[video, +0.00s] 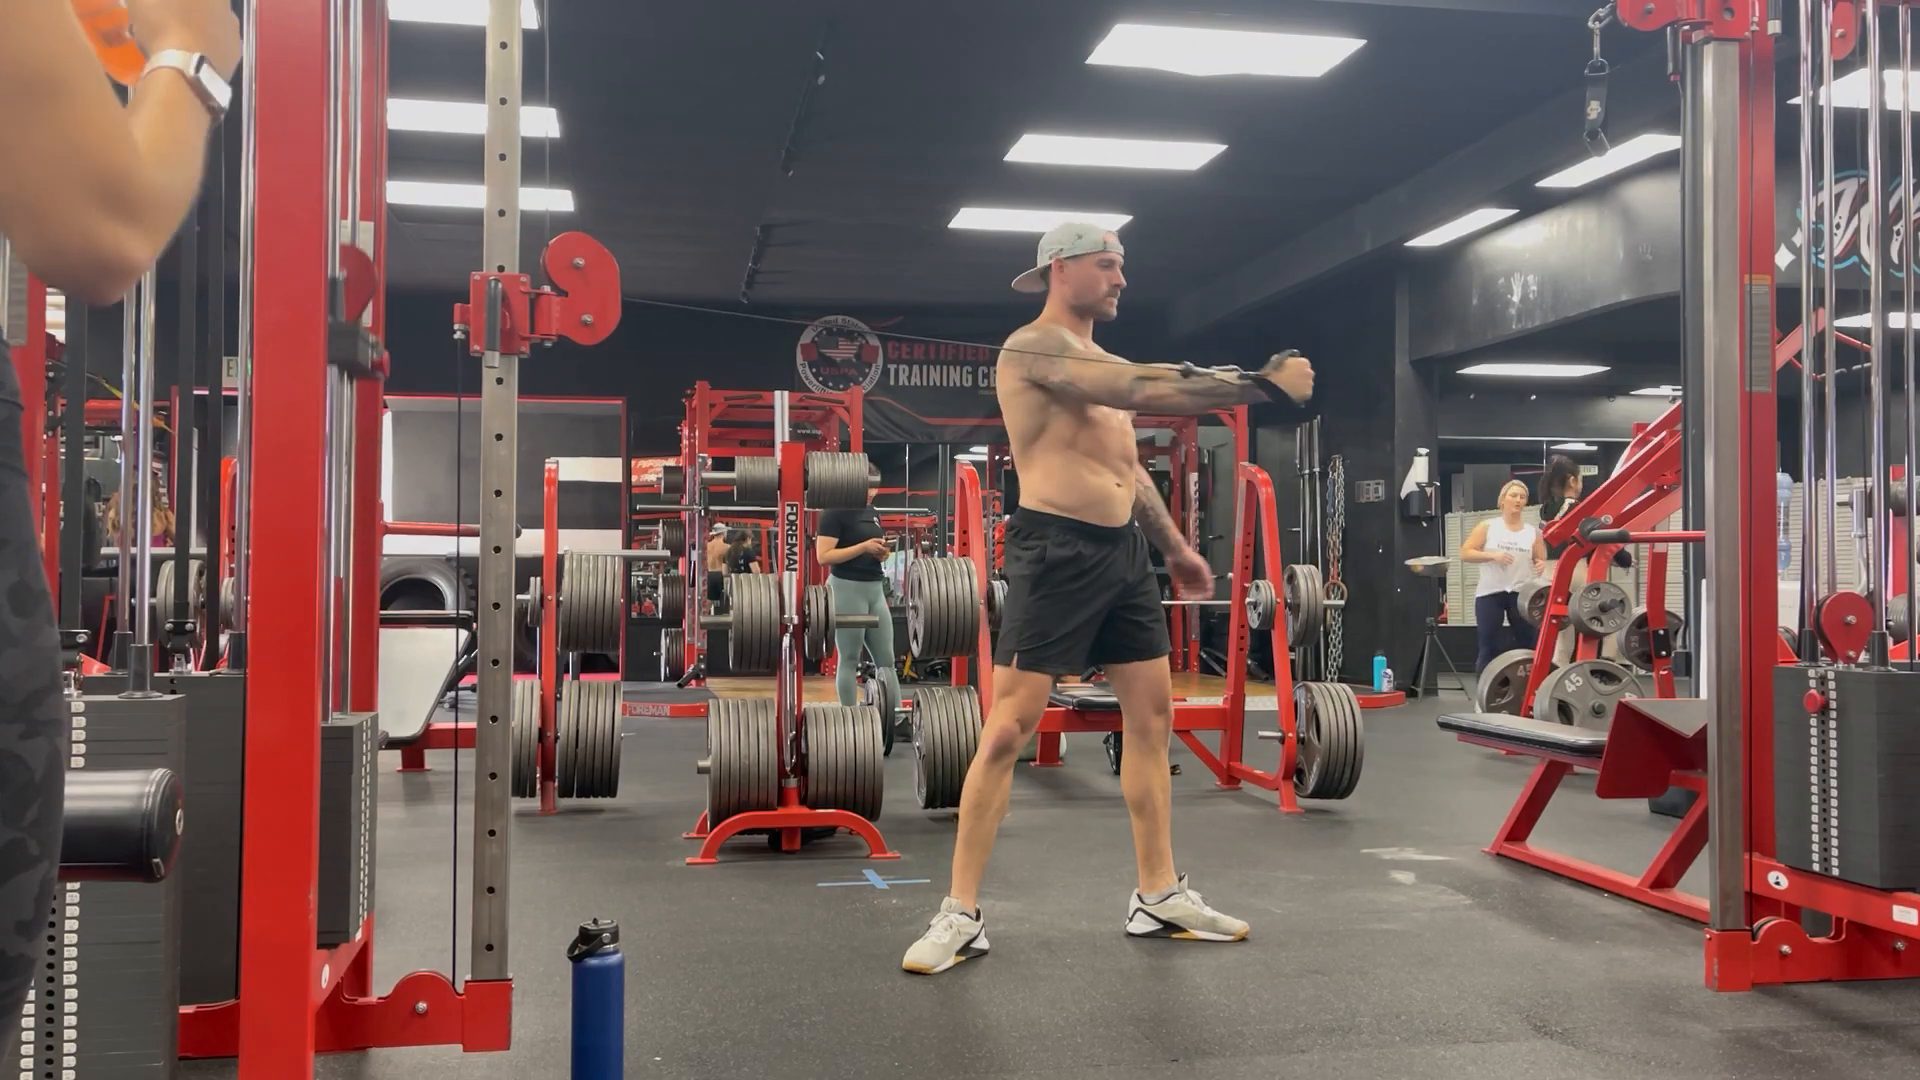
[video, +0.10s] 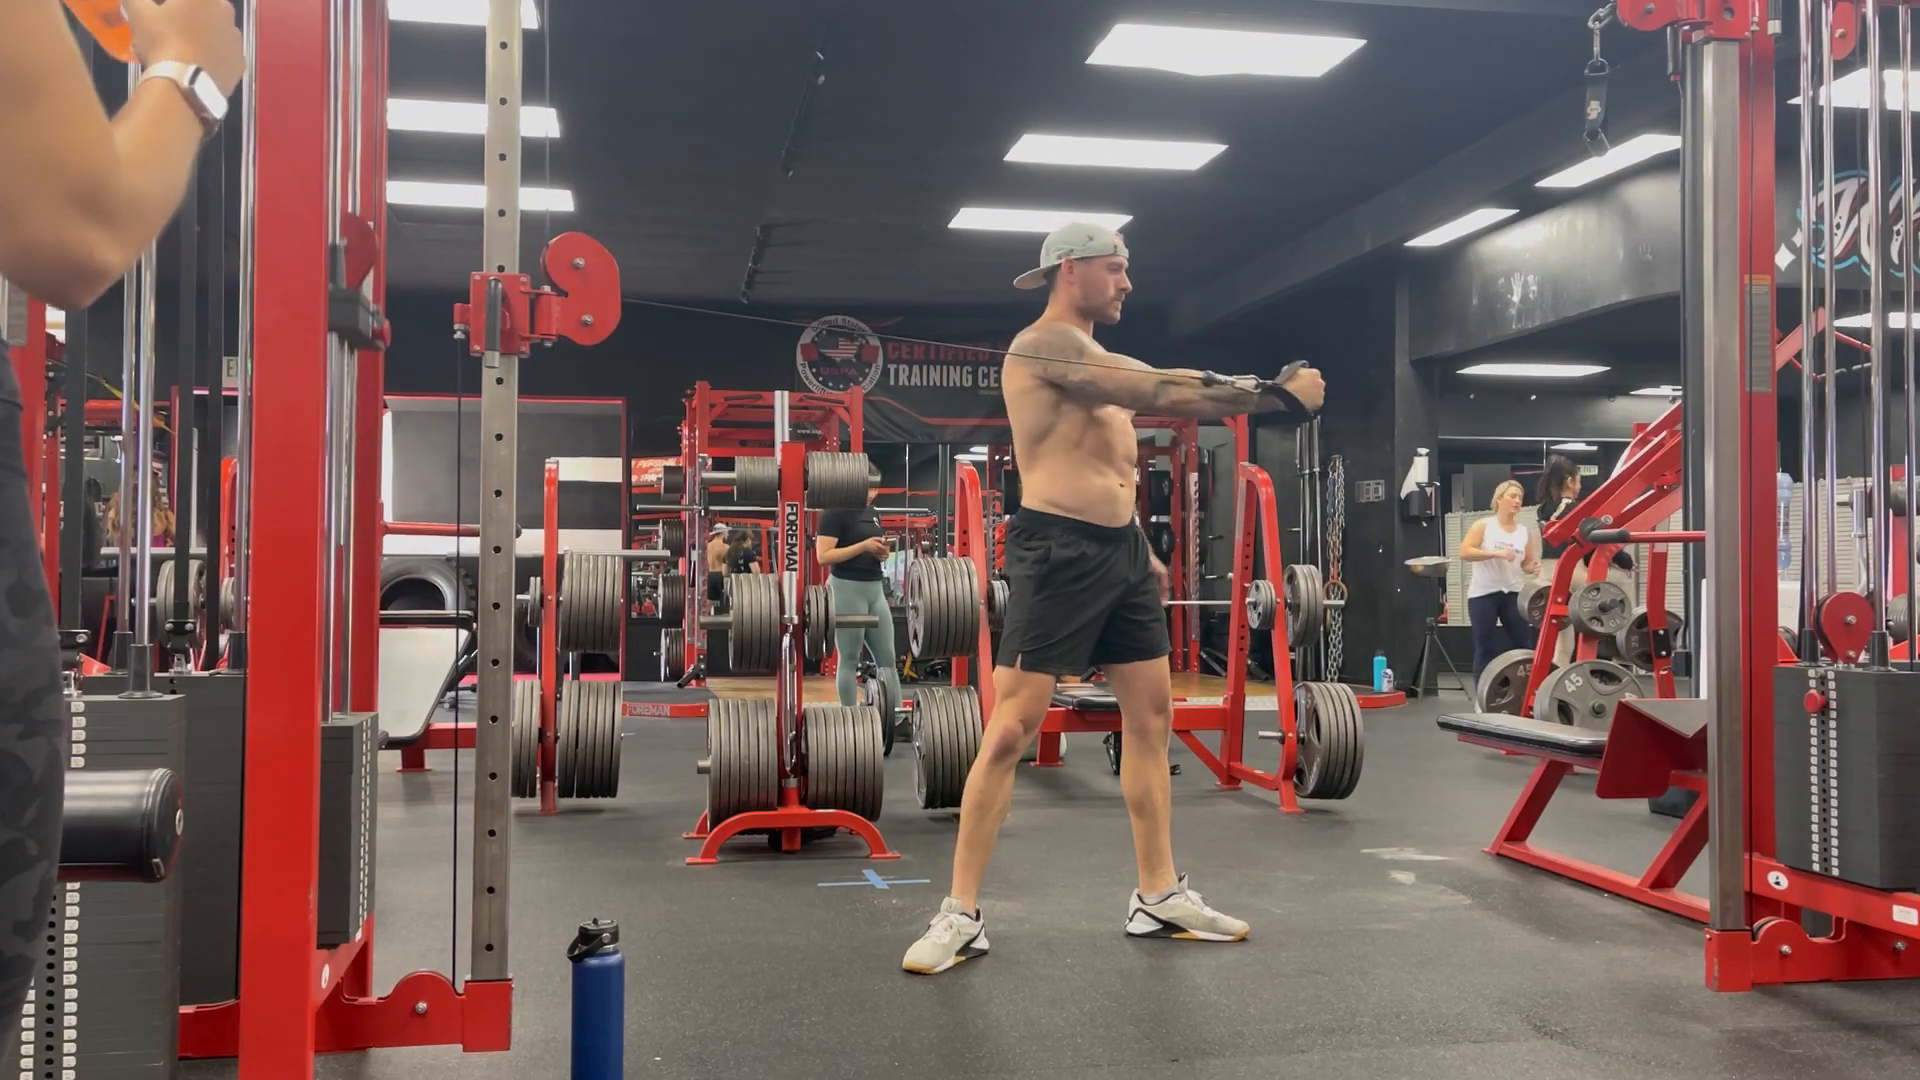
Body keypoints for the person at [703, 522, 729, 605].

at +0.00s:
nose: (726, 534)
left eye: (726, 532)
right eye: (725, 532)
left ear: (714, 533)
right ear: (723, 533)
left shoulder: (708, 545)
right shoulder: (726, 547)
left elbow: (706, 560)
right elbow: (728, 562)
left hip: (710, 572)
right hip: (721, 573)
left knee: (710, 600)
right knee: (722, 601)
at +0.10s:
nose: (727, 534)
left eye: (727, 532)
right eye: (726, 532)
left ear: (716, 533)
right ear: (722, 533)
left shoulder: (709, 545)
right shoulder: (725, 547)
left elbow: (709, 560)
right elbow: (727, 562)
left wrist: (711, 569)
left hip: (711, 572)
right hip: (721, 573)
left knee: (711, 601)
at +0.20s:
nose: (728, 534)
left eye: (728, 532)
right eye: (727, 532)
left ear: (717, 533)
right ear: (722, 533)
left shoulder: (709, 545)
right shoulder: (724, 547)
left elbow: (709, 560)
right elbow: (725, 562)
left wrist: (710, 569)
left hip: (711, 572)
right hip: (721, 573)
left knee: (711, 600)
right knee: (722, 602)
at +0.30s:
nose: (729, 535)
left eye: (729, 532)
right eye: (728, 532)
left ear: (719, 533)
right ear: (722, 533)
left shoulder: (710, 545)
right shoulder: (723, 547)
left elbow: (709, 559)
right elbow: (725, 561)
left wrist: (710, 568)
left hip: (711, 572)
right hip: (720, 572)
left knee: (711, 600)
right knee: (722, 602)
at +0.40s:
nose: (729, 534)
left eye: (729, 532)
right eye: (728, 532)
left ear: (719, 533)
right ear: (723, 533)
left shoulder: (711, 545)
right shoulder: (723, 547)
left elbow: (709, 559)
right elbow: (724, 560)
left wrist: (710, 569)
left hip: (711, 572)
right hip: (720, 573)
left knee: (710, 599)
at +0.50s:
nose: (729, 534)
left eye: (729, 532)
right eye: (728, 532)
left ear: (719, 533)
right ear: (723, 533)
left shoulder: (711, 544)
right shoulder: (722, 545)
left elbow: (709, 559)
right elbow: (724, 559)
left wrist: (711, 568)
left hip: (712, 572)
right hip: (721, 572)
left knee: (710, 600)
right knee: (723, 601)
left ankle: (707, 617)